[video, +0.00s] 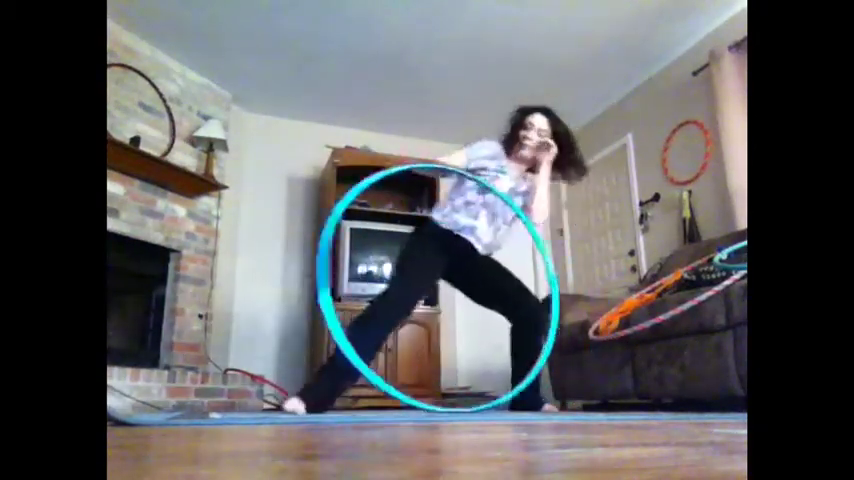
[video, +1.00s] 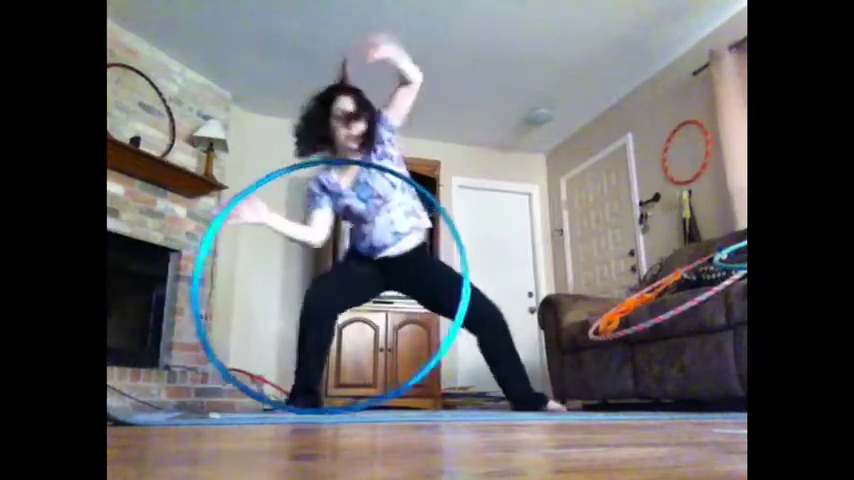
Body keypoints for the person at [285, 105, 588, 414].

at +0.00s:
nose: (528, 135)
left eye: (539, 132)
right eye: (525, 128)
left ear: (550, 146)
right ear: (515, 132)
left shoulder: (534, 187)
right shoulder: (491, 151)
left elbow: (538, 225)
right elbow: (438, 166)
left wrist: (545, 167)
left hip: (471, 258)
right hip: (434, 240)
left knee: (529, 310)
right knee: (391, 308)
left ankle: (527, 406)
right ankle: (310, 401)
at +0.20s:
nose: (470, 118)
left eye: (481, 115)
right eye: (466, 111)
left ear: (498, 128)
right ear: (456, 117)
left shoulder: (486, 169)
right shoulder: (433, 147)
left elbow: (488, 188)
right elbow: (379, 169)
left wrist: (489, 137)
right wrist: (358, 162)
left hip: (439, 263)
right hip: (394, 249)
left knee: (498, 320)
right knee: (344, 308)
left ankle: (526, 402)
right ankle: (310, 400)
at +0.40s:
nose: (401, 100)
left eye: (411, 94)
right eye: (397, 93)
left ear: (430, 105)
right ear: (389, 100)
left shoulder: (436, 154)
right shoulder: (372, 145)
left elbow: (418, 156)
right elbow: (321, 174)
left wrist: (419, 108)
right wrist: (262, 185)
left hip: (413, 261)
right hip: (363, 255)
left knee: (470, 322)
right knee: (311, 296)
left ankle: (522, 399)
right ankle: (306, 398)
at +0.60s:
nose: (350, 101)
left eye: (357, 94)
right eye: (342, 94)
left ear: (373, 100)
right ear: (331, 103)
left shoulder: (390, 141)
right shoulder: (324, 153)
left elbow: (400, 132)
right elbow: (282, 191)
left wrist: (373, 98)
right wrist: (227, 205)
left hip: (397, 255)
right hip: (348, 258)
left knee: (455, 327)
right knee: (295, 295)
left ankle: (522, 402)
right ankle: (304, 398)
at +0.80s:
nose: (334, 107)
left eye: (343, 100)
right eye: (325, 100)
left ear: (356, 105)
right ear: (313, 108)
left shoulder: (375, 134)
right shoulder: (309, 161)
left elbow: (409, 92)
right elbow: (284, 213)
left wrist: (358, 77)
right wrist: (226, 219)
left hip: (403, 253)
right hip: (352, 259)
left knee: (465, 325)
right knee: (300, 296)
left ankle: (523, 403)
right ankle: (304, 399)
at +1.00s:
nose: (354, 127)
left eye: (360, 118)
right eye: (344, 120)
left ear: (369, 119)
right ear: (327, 127)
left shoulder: (384, 137)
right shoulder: (325, 180)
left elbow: (413, 82)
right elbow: (315, 235)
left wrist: (395, 55)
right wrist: (266, 216)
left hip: (415, 262)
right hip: (367, 268)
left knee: (488, 317)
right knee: (320, 299)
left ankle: (526, 402)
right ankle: (305, 398)